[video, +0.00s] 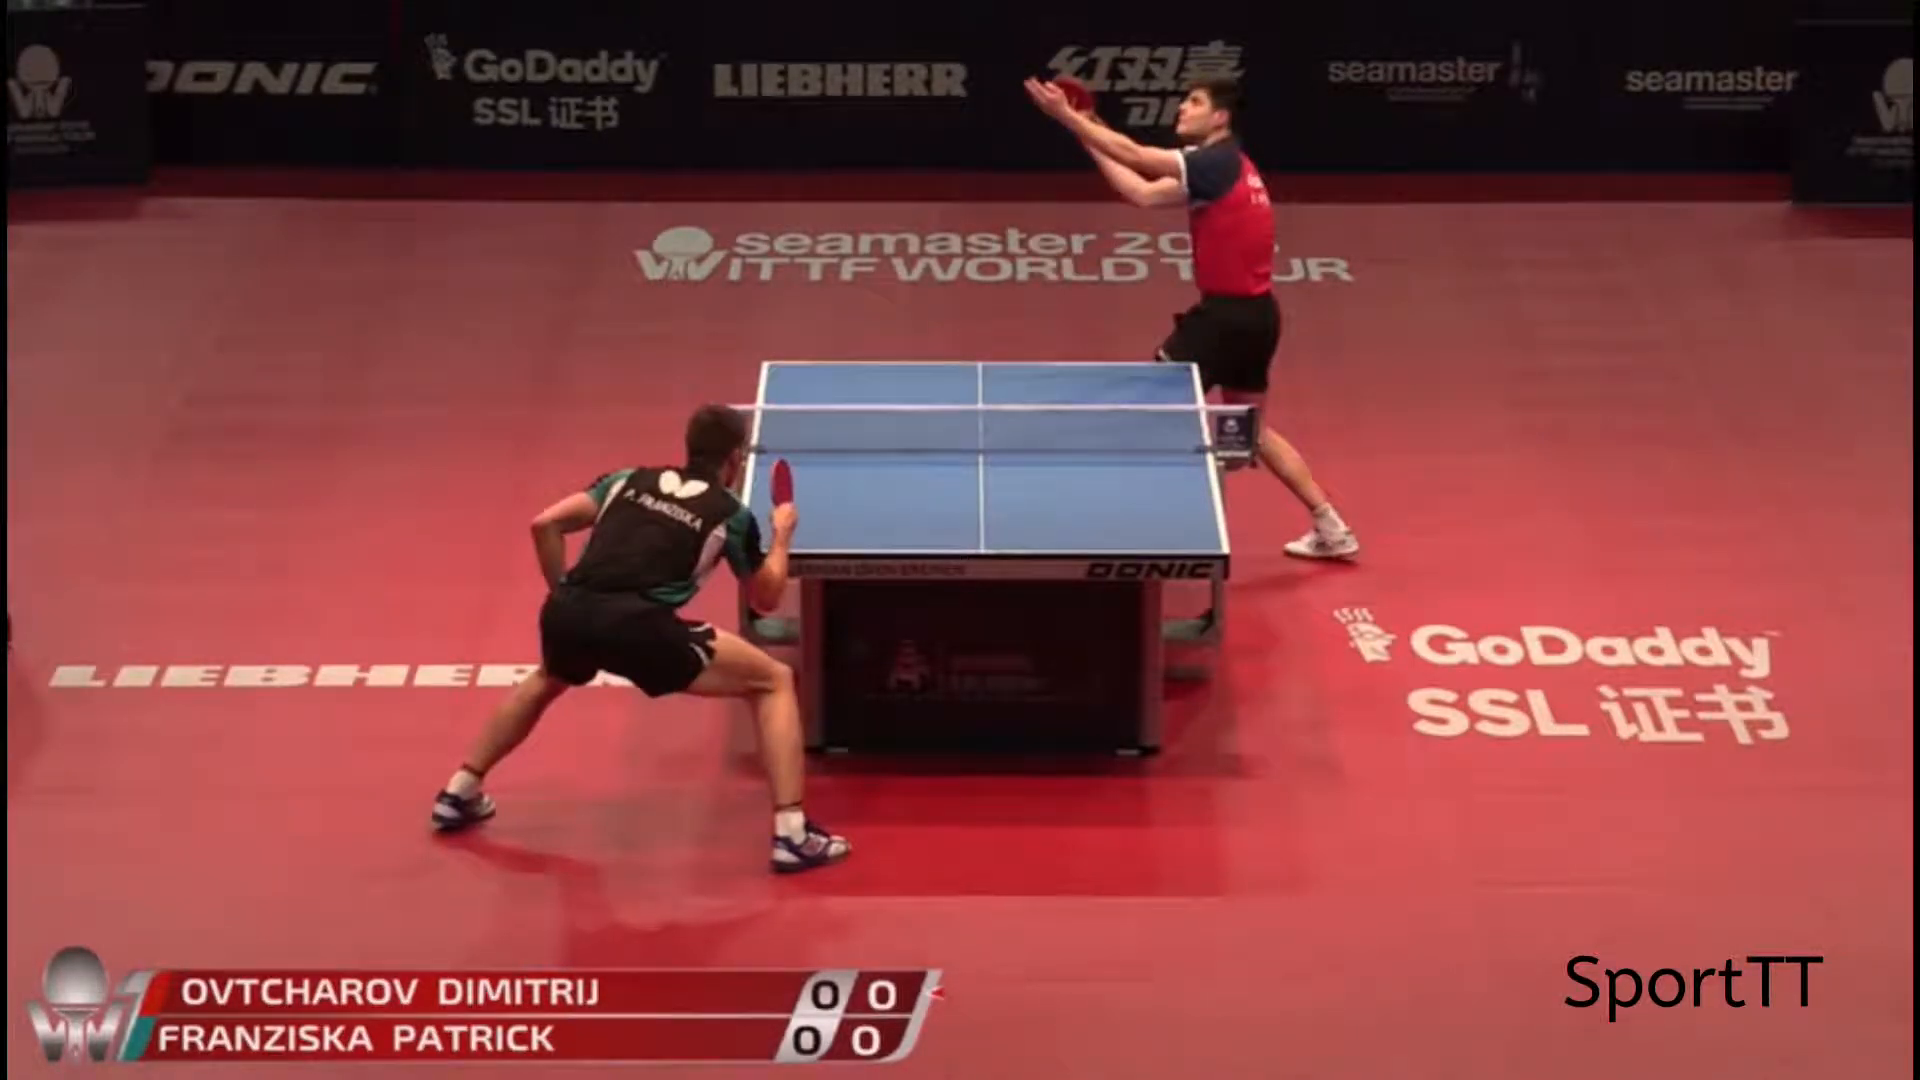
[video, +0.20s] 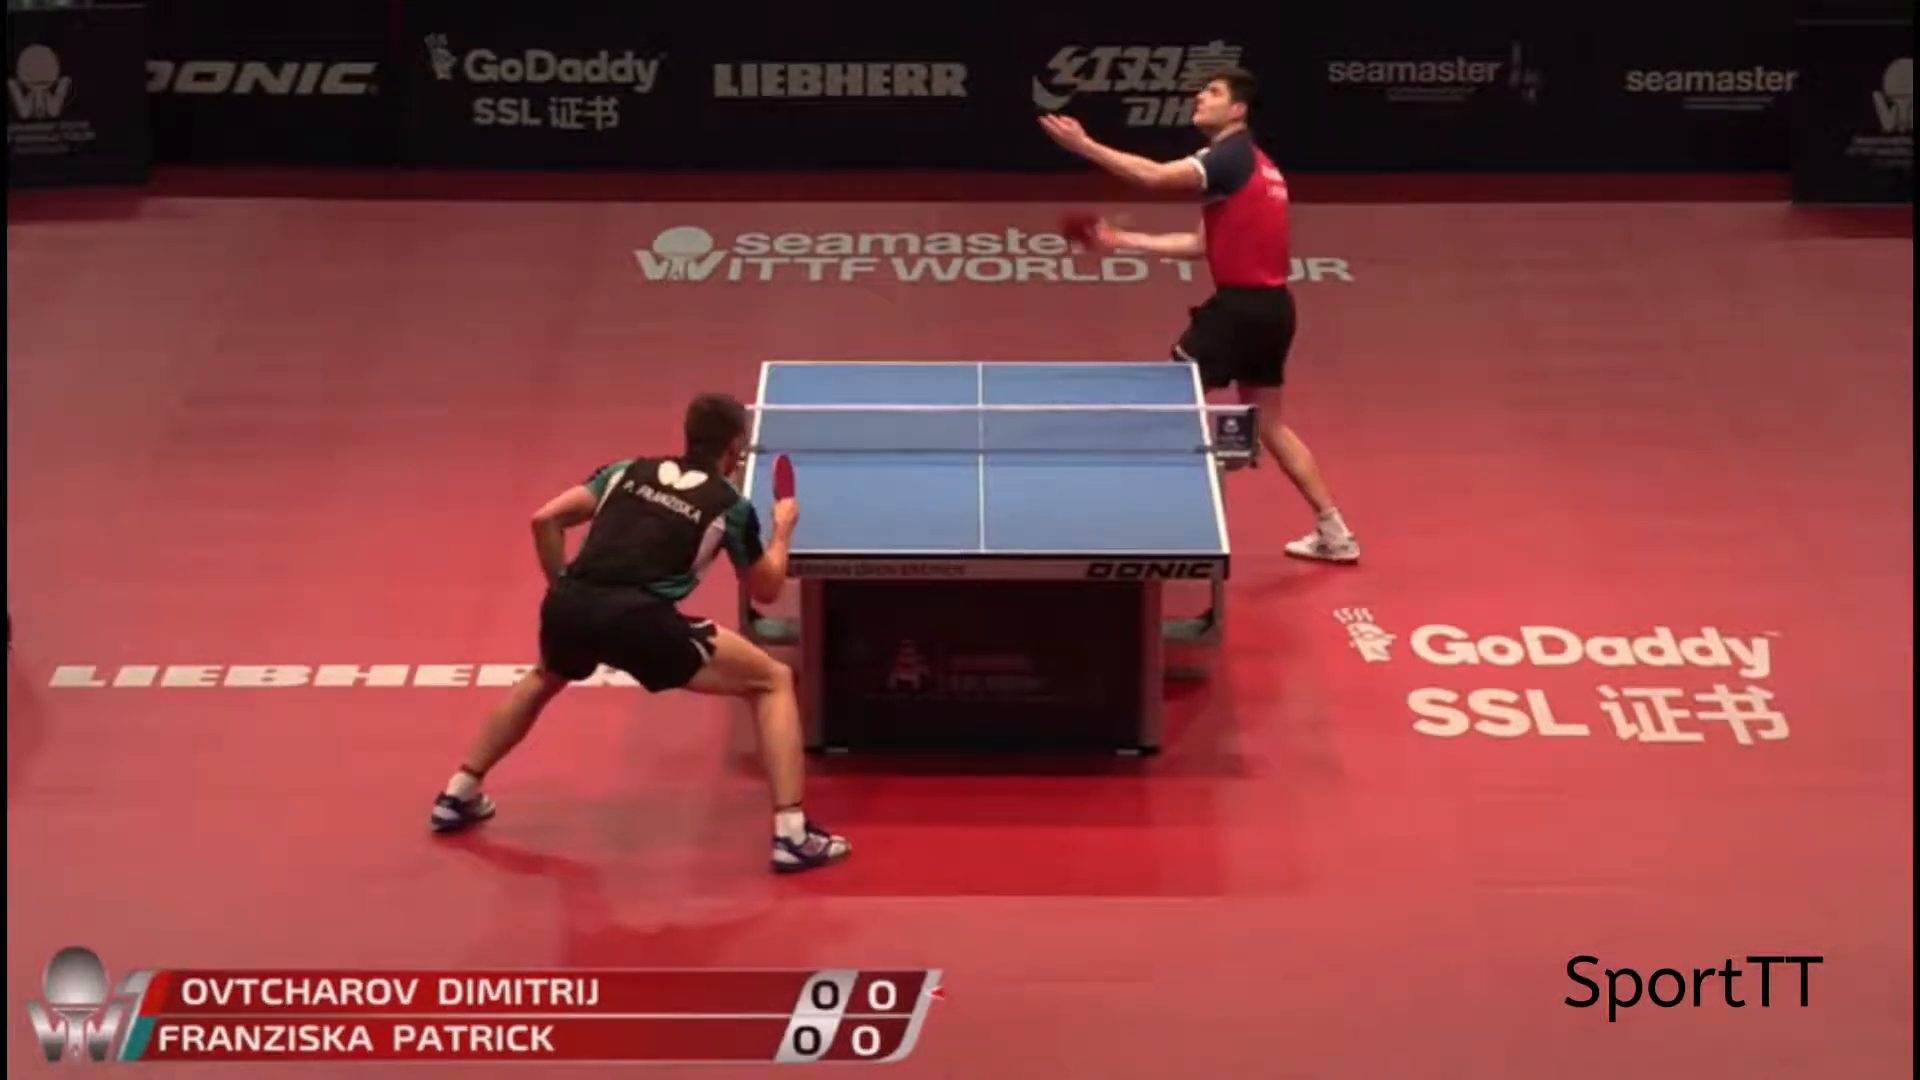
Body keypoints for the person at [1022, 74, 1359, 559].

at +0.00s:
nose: (1181, 110)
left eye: (1192, 103)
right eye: (1184, 101)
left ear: (1220, 117)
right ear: (1217, 120)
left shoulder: (1216, 161)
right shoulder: (1229, 165)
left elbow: (1136, 155)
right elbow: (1144, 192)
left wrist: (1068, 115)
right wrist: (1088, 137)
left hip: (1225, 315)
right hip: (1253, 315)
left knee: (1145, 406)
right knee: (1250, 430)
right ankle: (1330, 525)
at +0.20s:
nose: (1198, 101)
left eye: (1210, 94)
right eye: (1201, 93)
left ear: (1238, 109)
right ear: (1236, 113)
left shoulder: (1232, 155)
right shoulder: (1258, 162)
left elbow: (1155, 177)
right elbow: (1204, 243)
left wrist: (1085, 146)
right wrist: (1124, 240)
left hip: (1237, 307)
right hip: (1272, 307)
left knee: (1162, 403)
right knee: (1267, 425)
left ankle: (1162, 528)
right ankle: (1334, 530)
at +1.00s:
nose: (1106, 207)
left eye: (1114, 198)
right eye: (1101, 199)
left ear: (1139, 191)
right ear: (1095, 199)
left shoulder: (1167, 227)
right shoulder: (1120, 212)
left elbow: (1235, 272)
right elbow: (1074, 229)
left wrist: (1187, 288)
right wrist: (1091, 251)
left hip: (1216, 323)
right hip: (1180, 319)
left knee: (1166, 403)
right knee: (1139, 387)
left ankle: (1247, 445)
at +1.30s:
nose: (1080, 182)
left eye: (1089, 172)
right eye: (1073, 173)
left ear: (1110, 169)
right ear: (1065, 172)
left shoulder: (1148, 206)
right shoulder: (1056, 213)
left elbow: (1205, 243)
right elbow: (1012, 270)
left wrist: (1161, 271)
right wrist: (1028, 272)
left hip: (1149, 315)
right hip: (1086, 317)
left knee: (1185, 393)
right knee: (1036, 392)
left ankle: (1220, 501)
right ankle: (1032, 496)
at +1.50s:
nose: (1084, 179)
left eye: (1093, 168)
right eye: (1078, 170)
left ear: (1116, 162)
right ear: (1071, 170)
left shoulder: (1162, 195)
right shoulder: (1071, 210)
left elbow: (1216, 242)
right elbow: (1043, 267)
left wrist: (1164, 268)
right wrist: (1028, 291)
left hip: (1163, 314)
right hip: (1097, 313)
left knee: (1221, 401)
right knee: (1039, 388)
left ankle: (1259, 494)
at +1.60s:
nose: (1087, 187)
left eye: (1095, 176)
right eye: (1080, 178)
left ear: (1116, 169)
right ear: (1071, 177)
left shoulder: (1157, 200)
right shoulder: (1071, 216)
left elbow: (1212, 248)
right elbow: (1039, 272)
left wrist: (1160, 274)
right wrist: (1029, 293)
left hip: (1166, 319)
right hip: (1100, 318)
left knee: (1221, 404)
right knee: (1034, 383)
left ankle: (1261, 494)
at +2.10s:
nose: (1112, 202)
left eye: (1120, 192)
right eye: (1103, 193)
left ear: (1137, 189)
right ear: (1092, 194)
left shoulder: (1164, 222)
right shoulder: (1077, 225)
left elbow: (1198, 268)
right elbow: (1024, 277)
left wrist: (1194, 286)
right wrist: (1040, 283)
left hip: (1144, 321)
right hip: (1084, 324)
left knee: (1222, 391)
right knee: (1047, 386)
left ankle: (1256, 478)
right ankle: (1041, 488)